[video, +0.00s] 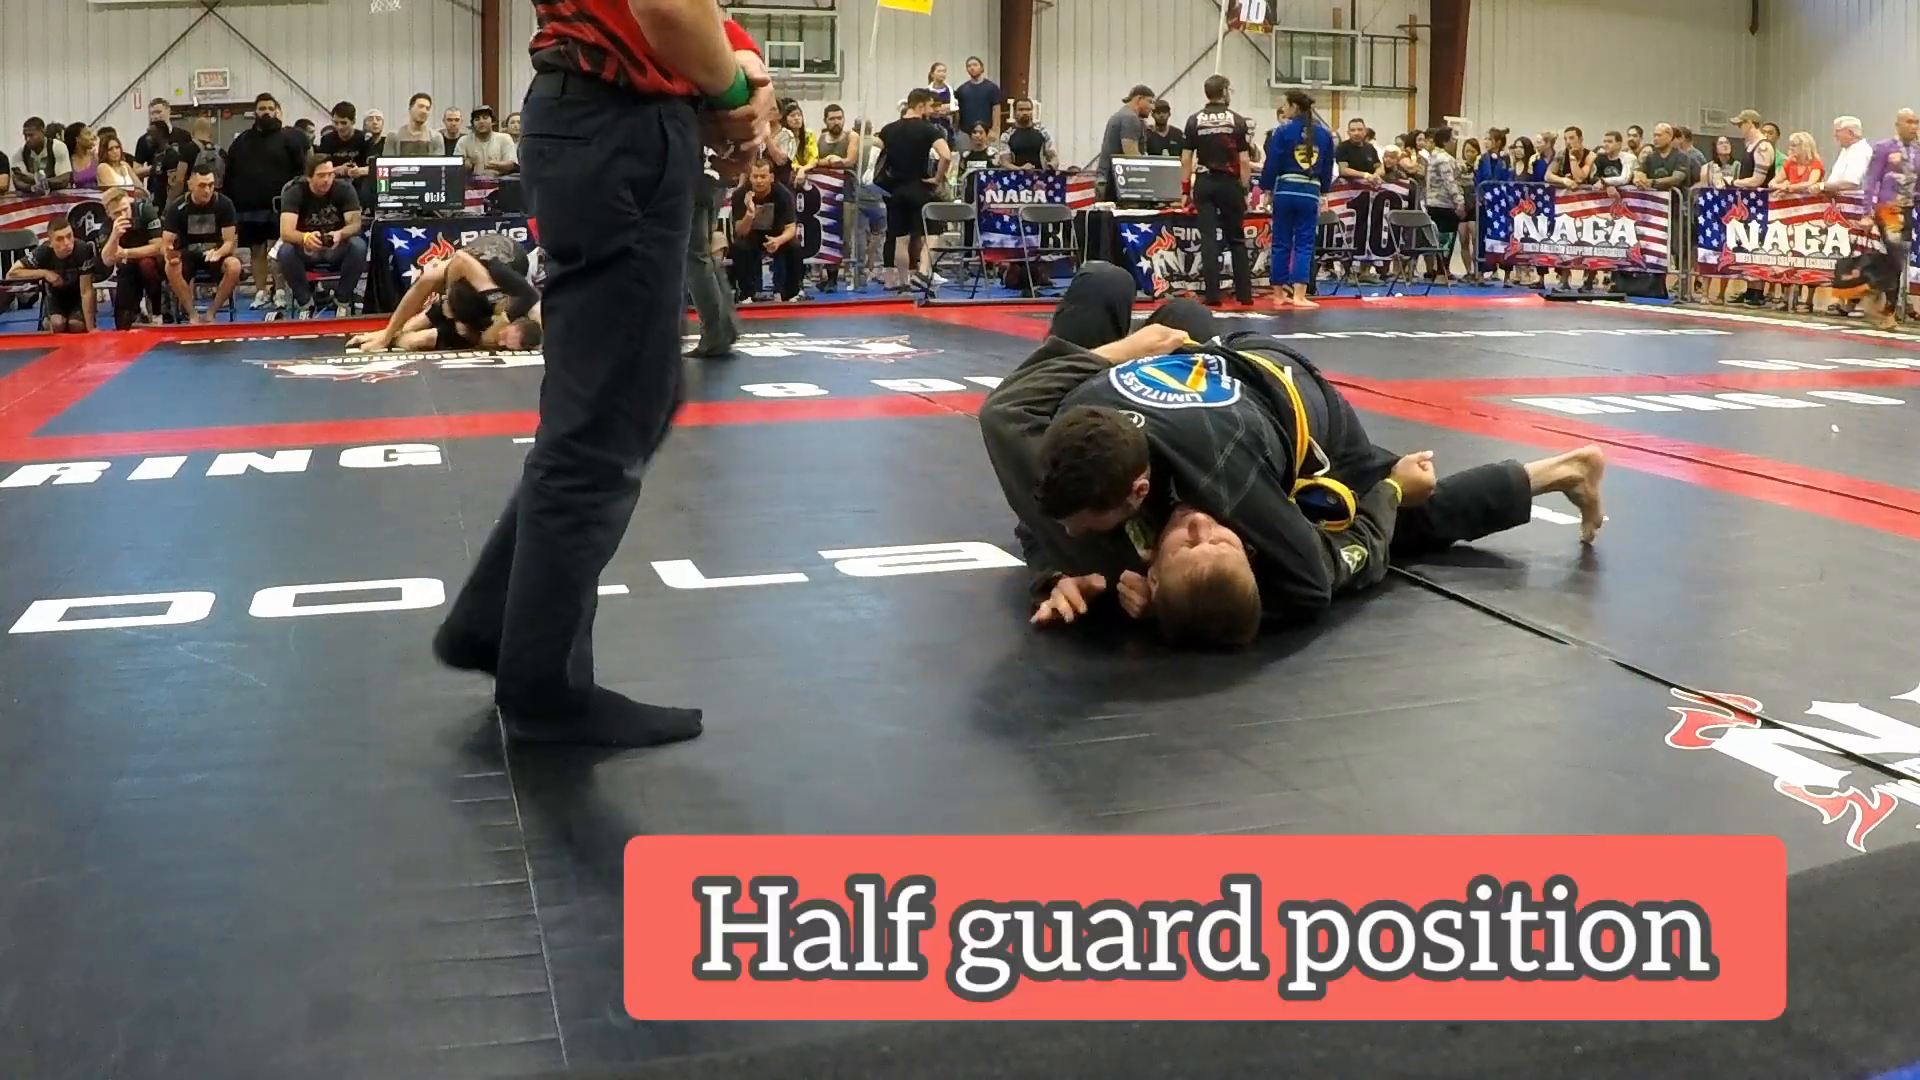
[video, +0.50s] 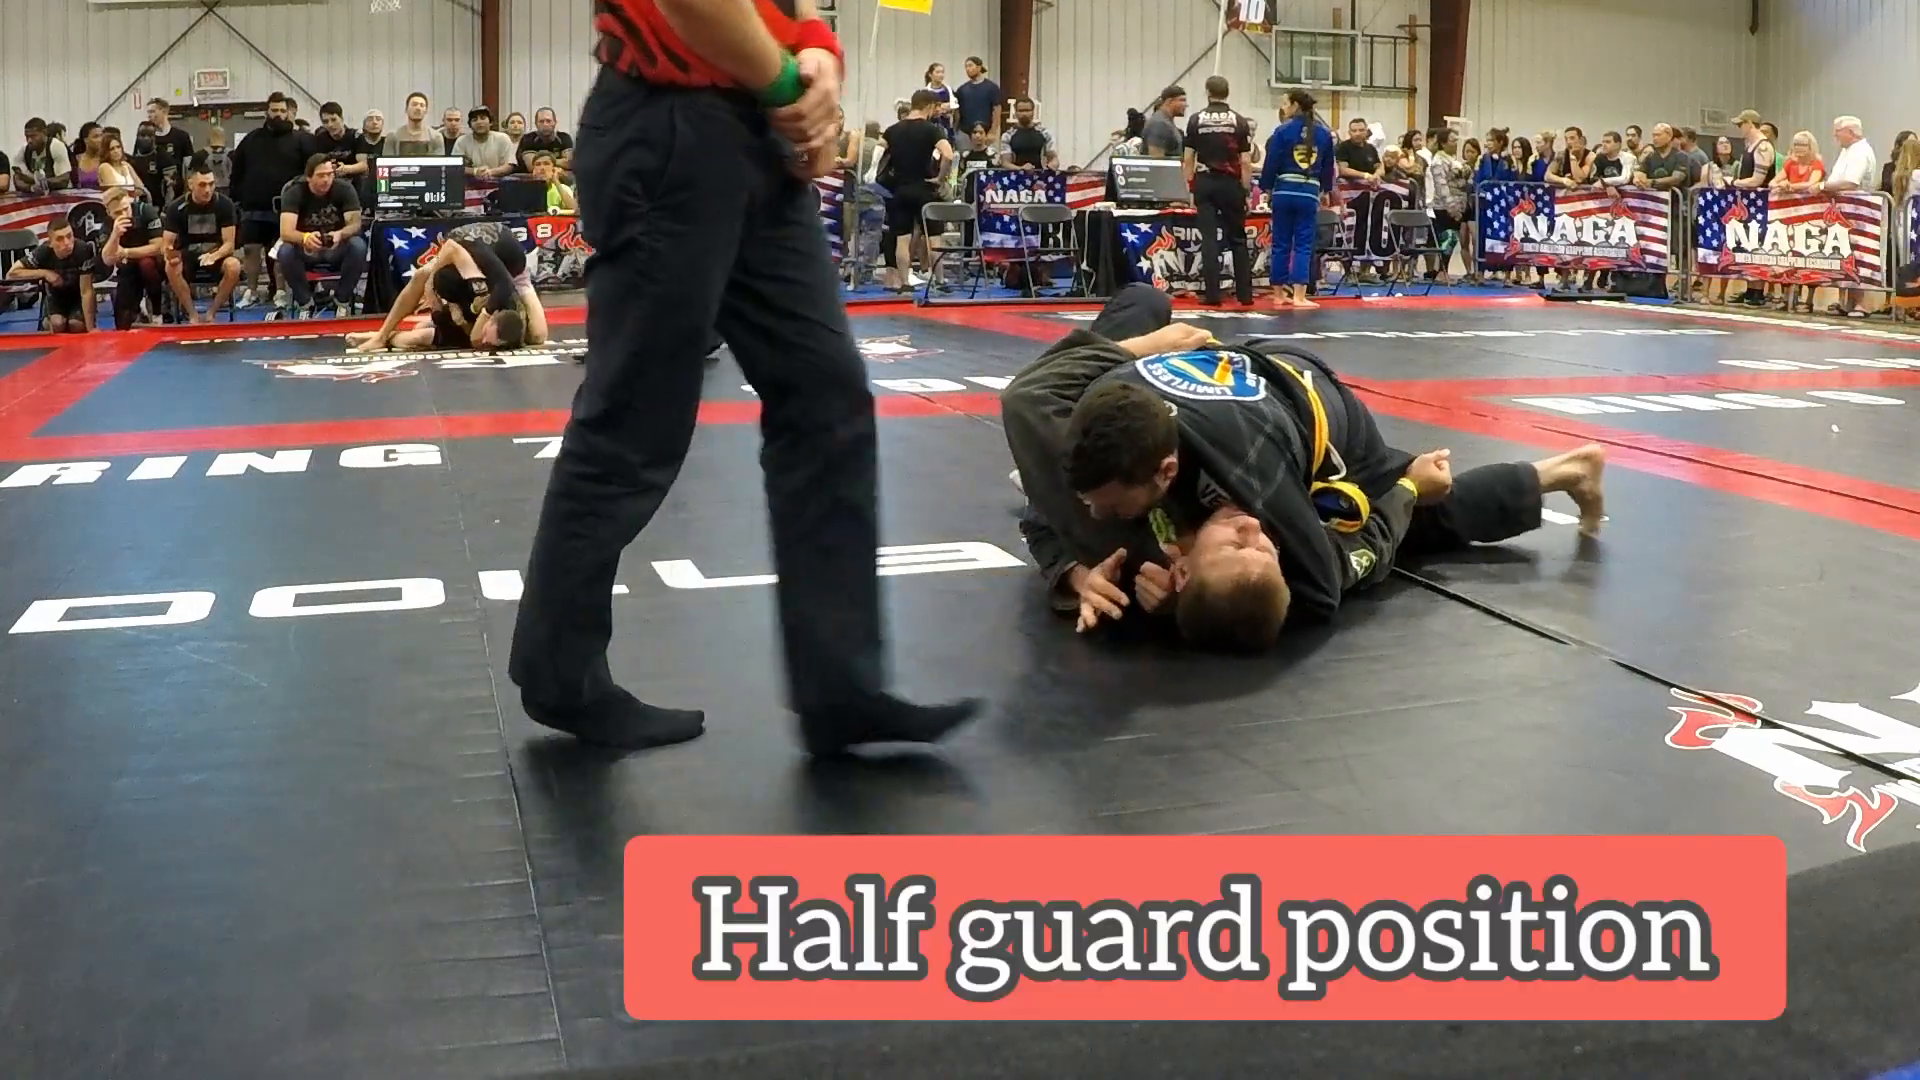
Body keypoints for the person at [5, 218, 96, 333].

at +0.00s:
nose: (67, 243)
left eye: (69, 237)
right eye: (60, 239)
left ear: (73, 234)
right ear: (50, 241)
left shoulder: (83, 250)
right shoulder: (44, 251)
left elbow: (86, 291)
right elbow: (12, 273)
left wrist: (91, 328)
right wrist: (44, 273)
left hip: (78, 291)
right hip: (55, 292)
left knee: (76, 324)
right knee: (58, 323)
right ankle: (46, 323)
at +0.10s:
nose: (67, 243)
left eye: (69, 236)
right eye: (60, 239)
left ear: (73, 234)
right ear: (50, 241)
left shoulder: (83, 250)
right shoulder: (44, 251)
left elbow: (86, 291)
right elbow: (12, 273)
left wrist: (91, 328)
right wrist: (44, 273)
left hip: (78, 291)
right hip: (55, 291)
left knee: (76, 324)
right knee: (58, 323)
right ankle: (46, 323)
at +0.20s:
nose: (67, 243)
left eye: (69, 236)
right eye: (60, 239)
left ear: (73, 234)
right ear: (50, 241)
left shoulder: (83, 250)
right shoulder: (44, 251)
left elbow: (86, 291)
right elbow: (12, 273)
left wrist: (91, 328)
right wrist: (44, 273)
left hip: (78, 292)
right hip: (55, 292)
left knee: (76, 325)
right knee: (58, 323)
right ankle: (46, 323)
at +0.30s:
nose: (67, 243)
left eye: (69, 236)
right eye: (60, 239)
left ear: (73, 235)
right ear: (50, 241)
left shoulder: (83, 249)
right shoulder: (44, 251)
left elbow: (86, 291)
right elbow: (12, 273)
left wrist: (91, 328)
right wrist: (44, 273)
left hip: (78, 291)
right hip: (56, 292)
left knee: (76, 324)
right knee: (58, 323)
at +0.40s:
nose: (67, 243)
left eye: (69, 237)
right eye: (60, 239)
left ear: (73, 235)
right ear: (50, 241)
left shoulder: (83, 250)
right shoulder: (44, 251)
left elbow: (86, 291)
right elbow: (12, 273)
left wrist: (91, 328)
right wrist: (44, 273)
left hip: (78, 293)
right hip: (56, 293)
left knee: (76, 325)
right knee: (58, 323)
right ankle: (46, 323)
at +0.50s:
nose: (67, 243)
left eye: (69, 237)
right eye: (60, 239)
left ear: (73, 235)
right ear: (50, 241)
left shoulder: (83, 250)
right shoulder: (44, 251)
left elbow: (86, 291)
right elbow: (12, 273)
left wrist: (91, 328)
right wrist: (44, 273)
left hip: (78, 293)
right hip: (56, 293)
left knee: (76, 325)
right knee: (58, 323)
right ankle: (46, 323)